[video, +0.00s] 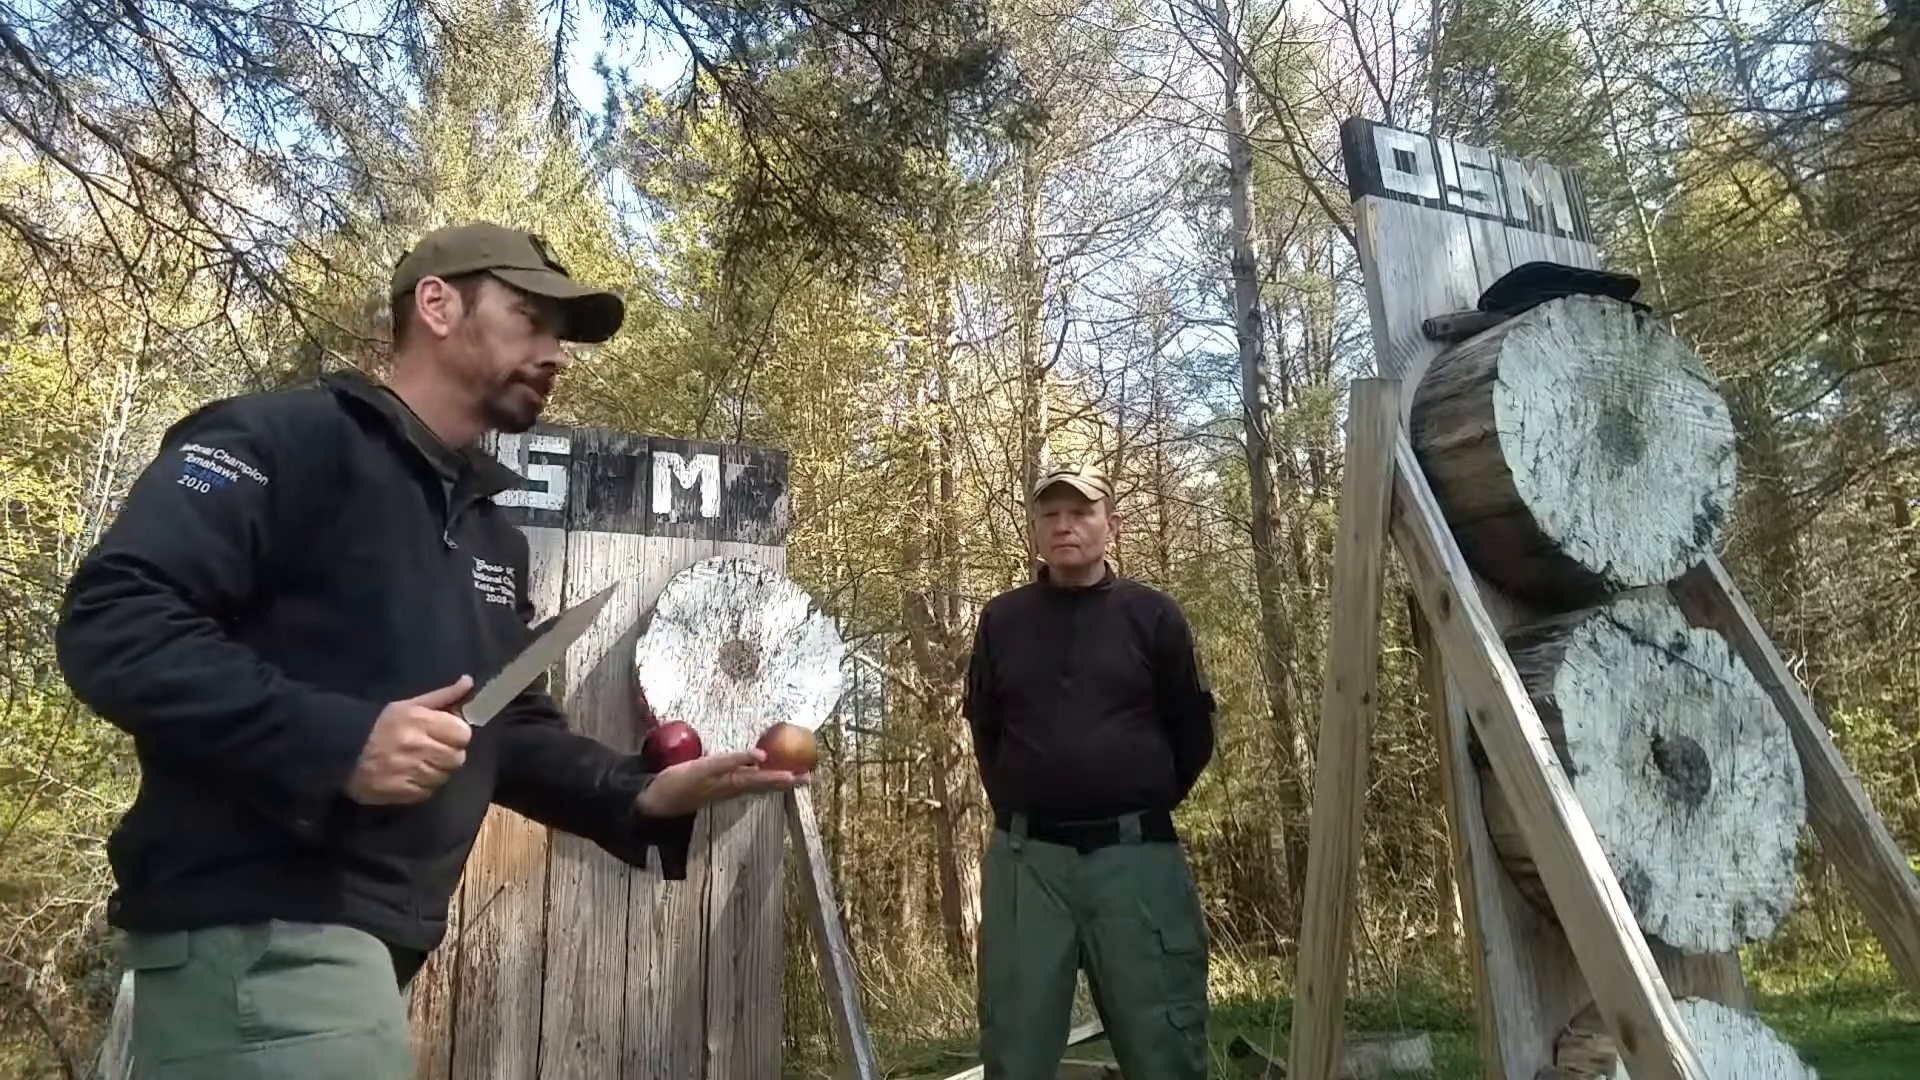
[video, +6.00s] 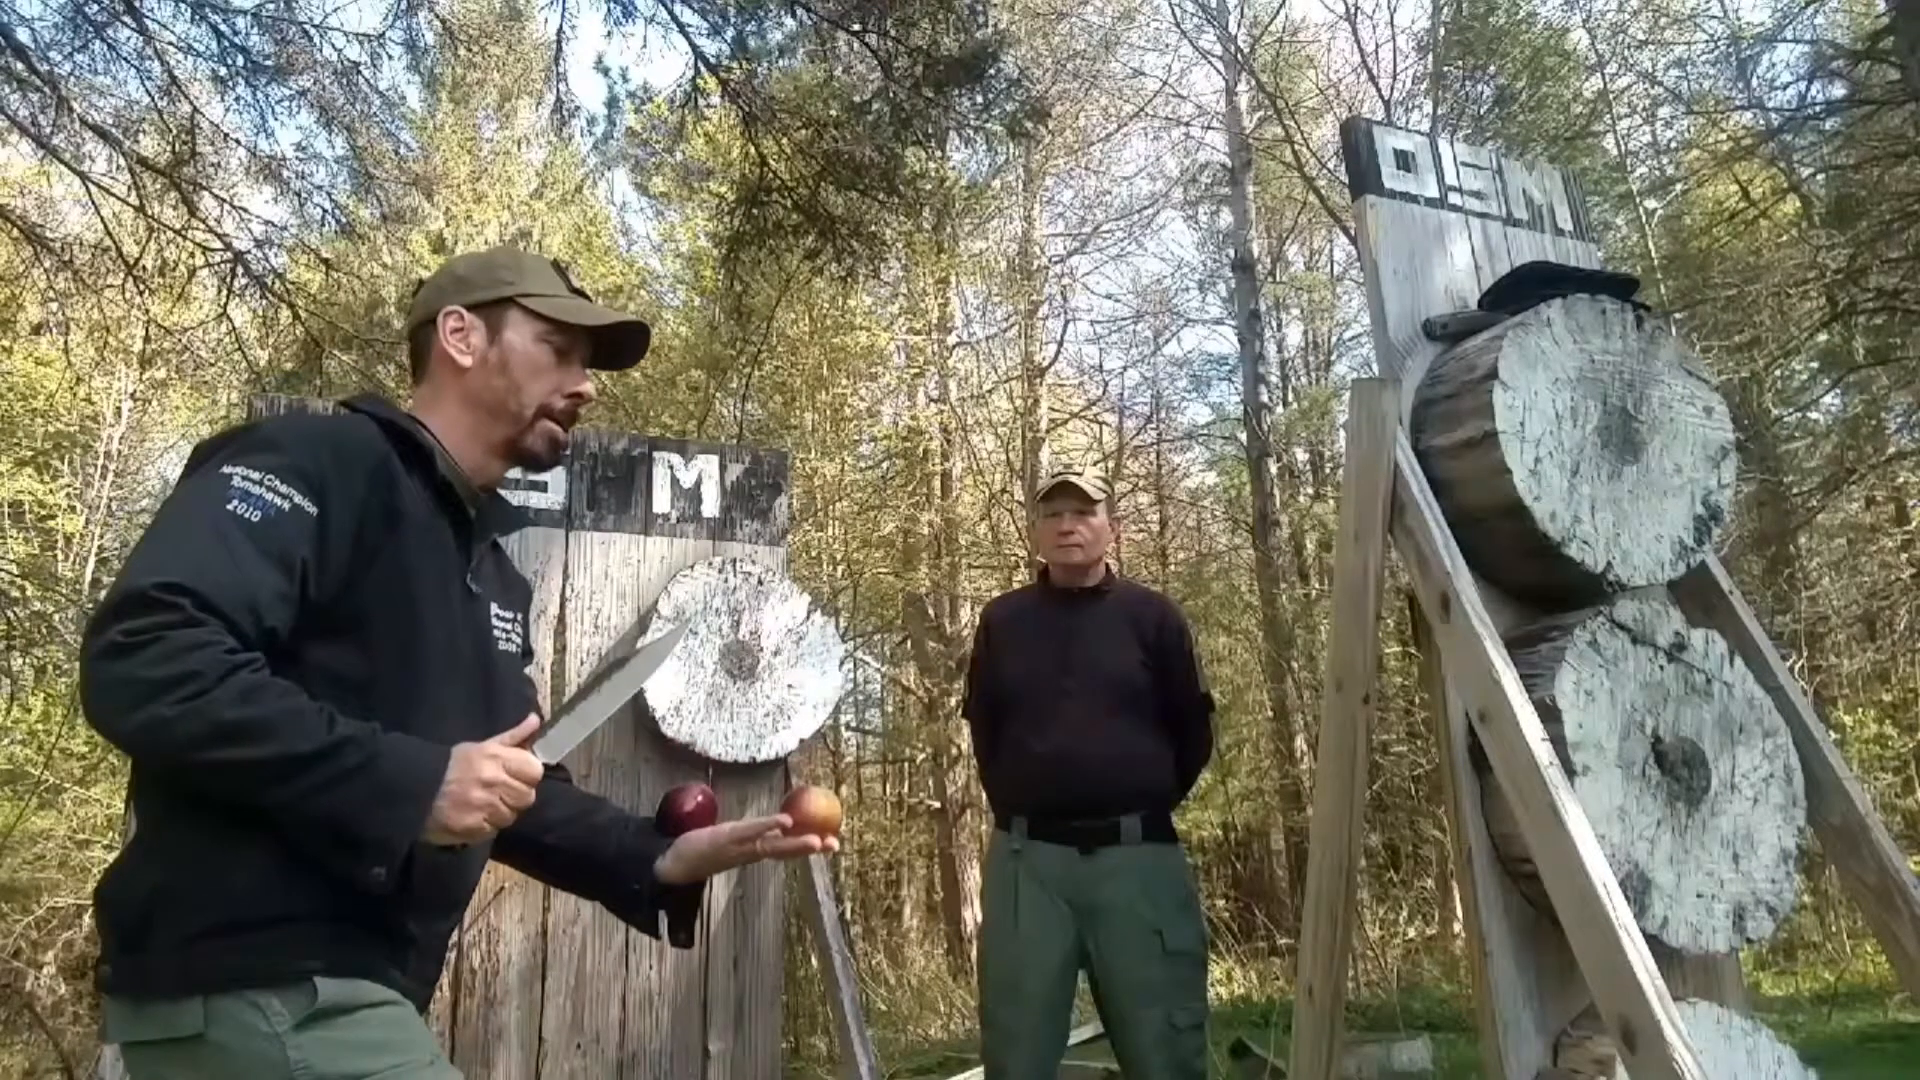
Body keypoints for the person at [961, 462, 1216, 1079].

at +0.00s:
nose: (1065, 526)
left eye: (1080, 513)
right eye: (1051, 515)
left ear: (1110, 527)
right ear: (1033, 533)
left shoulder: (1153, 614)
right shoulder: (1000, 618)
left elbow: (1193, 732)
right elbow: (984, 730)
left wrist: (1139, 811)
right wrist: (1027, 814)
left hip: (1136, 860)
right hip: (1024, 861)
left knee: (1162, 1055)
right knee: (1016, 1055)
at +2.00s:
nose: (1070, 519)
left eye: (1084, 508)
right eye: (1054, 510)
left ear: (1109, 527)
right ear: (1035, 532)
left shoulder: (1153, 613)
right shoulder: (1000, 618)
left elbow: (1194, 726)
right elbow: (983, 728)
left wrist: (1143, 812)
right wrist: (1023, 817)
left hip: (1138, 859)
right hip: (1025, 861)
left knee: (1164, 1056)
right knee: (1016, 1058)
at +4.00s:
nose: (1026, 557)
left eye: (1037, 539)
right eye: (1010, 545)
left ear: (1061, 538)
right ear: (992, 554)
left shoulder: (1127, 612)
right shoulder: (971, 634)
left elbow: (1187, 717)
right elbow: (963, 749)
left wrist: (1164, 834)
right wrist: (971, 854)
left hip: (1133, 866)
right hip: (1016, 870)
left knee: (1160, 1054)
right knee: (1011, 1056)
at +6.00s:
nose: (1068, 525)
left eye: (1082, 513)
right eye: (1053, 515)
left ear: (1110, 529)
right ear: (1034, 534)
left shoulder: (1154, 615)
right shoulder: (1001, 619)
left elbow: (1194, 732)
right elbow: (983, 726)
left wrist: (1140, 813)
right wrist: (1026, 815)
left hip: (1139, 862)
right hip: (1025, 862)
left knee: (1164, 1058)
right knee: (1016, 1059)